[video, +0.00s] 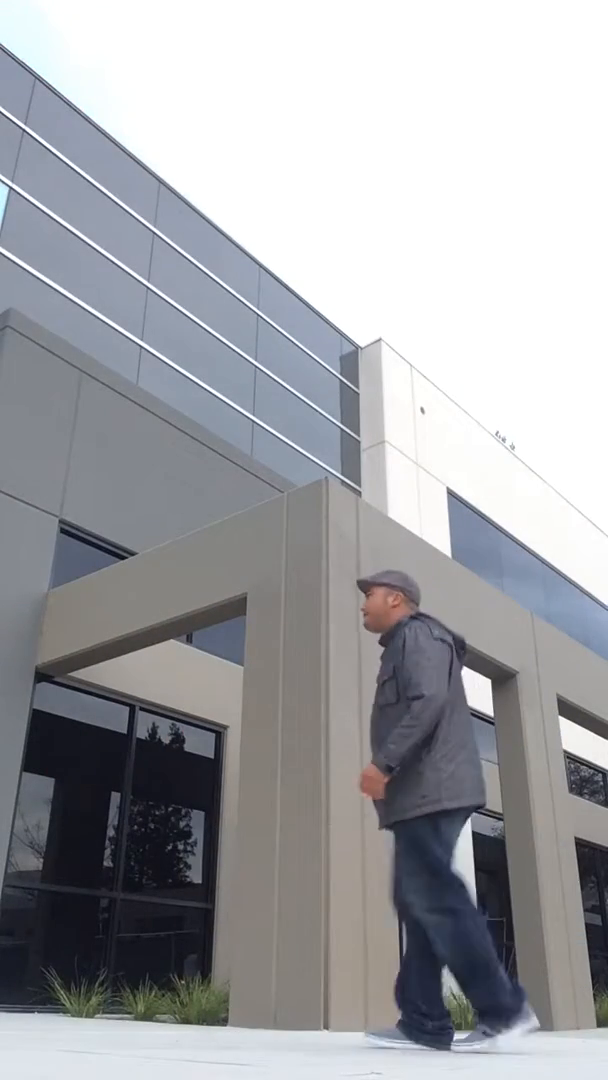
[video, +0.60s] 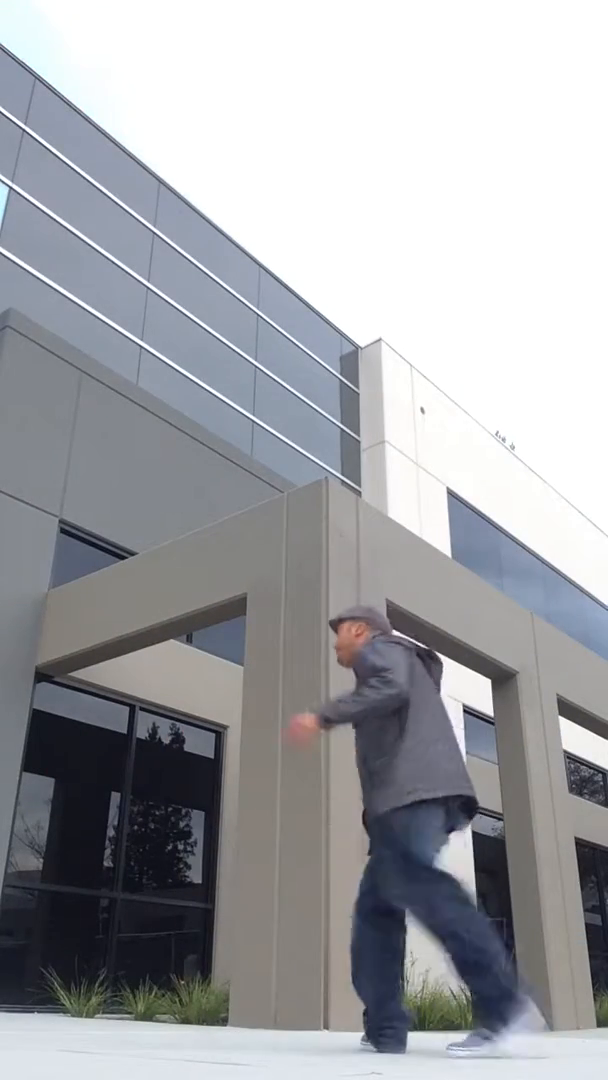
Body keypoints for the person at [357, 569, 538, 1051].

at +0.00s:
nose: (362, 605)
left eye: (368, 595)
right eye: (364, 597)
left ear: (396, 599)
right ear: (396, 600)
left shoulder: (417, 633)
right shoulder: (408, 641)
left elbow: (429, 701)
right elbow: (428, 712)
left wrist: (383, 764)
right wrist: (387, 771)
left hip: (435, 787)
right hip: (423, 789)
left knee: (431, 897)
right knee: (415, 900)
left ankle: (506, 1011)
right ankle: (424, 1024)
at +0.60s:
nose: (335, 645)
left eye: (338, 634)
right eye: (335, 636)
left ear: (360, 629)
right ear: (366, 630)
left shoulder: (380, 647)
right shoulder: (402, 663)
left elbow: (392, 686)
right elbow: (401, 745)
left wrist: (322, 716)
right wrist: (378, 804)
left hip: (414, 791)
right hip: (409, 800)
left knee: (409, 881)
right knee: (375, 909)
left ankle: (508, 1007)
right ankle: (384, 1032)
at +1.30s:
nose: (395, 635)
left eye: (397, 628)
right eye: (385, 627)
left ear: (396, 638)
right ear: (360, 636)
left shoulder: (399, 688)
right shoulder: (336, 685)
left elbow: (418, 730)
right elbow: (326, 750)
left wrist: (461, 718)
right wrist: (337, 806)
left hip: (400, 819)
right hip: (354, 819)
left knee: (401, 918)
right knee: (356, 914)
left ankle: (400, 1020)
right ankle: (335, 1012)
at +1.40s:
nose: (362, 636)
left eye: (368, 629)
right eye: (352, 630)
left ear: (377, 638)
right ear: (336, 641)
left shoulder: (399, 686)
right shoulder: (311, 688)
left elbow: (430, 726)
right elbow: (288, 747)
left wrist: (449, 714)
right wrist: (286, 802)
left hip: (389, 814)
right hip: (330, 817)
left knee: (392, 913)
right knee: (339, 918)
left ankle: (392, 1017)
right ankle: (352, 1016)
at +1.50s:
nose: (332, 642)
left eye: (340, 635)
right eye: (324, 637)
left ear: (357, 643)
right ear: (316, 649)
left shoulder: (386, 688)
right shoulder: (298, 697)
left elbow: (430, 736)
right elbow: (273, 748)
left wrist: (415, 724)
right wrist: (258, 799)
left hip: (369, 810)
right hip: (318, 814)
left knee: (368, 899)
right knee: (328, 913)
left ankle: (379, 1008)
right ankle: (349, 1015)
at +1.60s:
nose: (307, 650)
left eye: (315, 642)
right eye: (301, 645)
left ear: (337, 647)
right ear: (298, 656)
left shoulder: (365, 689)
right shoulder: (295, 705)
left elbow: (390, 737)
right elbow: (279, 757)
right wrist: (255, 800)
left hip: (347, 815)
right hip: (309, 816)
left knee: (325, 905)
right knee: (319, 907)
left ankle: (344, 1011)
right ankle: (343, 1010)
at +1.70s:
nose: (287, 651)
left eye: (295, 642)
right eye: (283, 645)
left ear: (320, 646)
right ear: (283, 656)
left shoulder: (340, 683)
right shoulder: (299, 699)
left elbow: (346, 741)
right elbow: (289, 767)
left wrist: (286, 759)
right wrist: (264, 810)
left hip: (331, 818)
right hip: (308, 821)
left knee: (284, 898)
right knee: (326, 919)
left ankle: (281, 1010)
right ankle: (354, 1022)